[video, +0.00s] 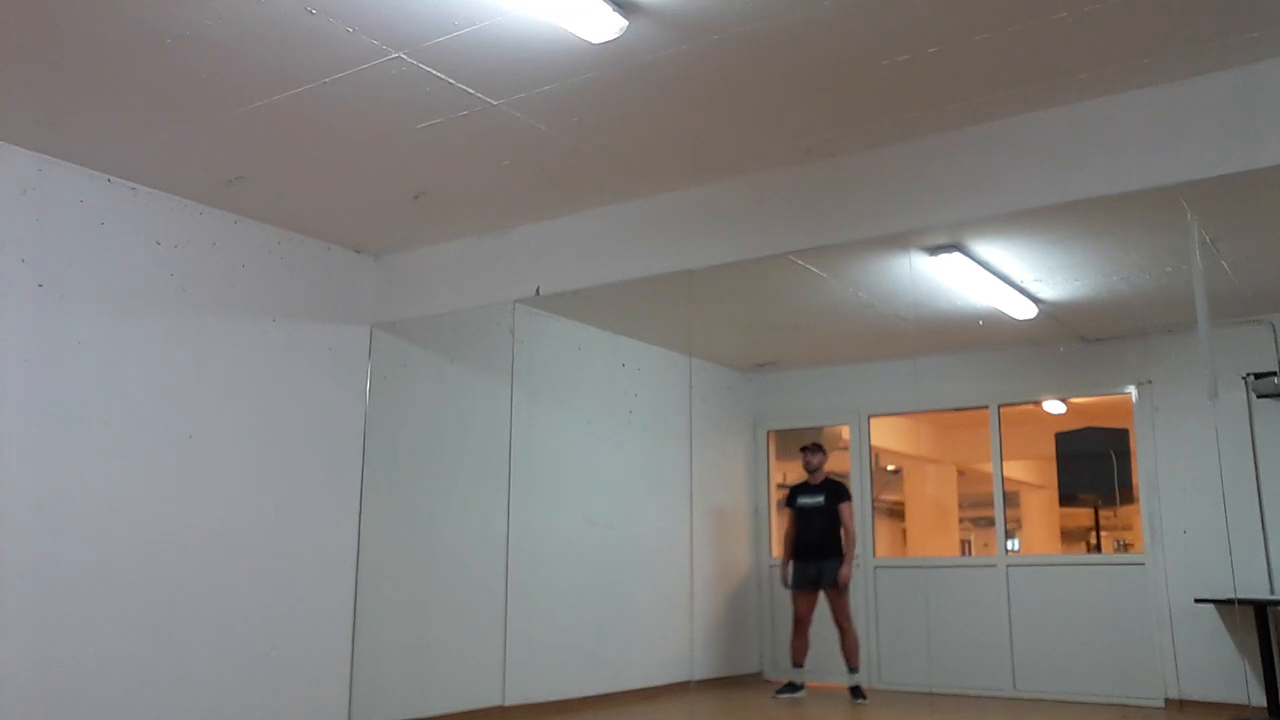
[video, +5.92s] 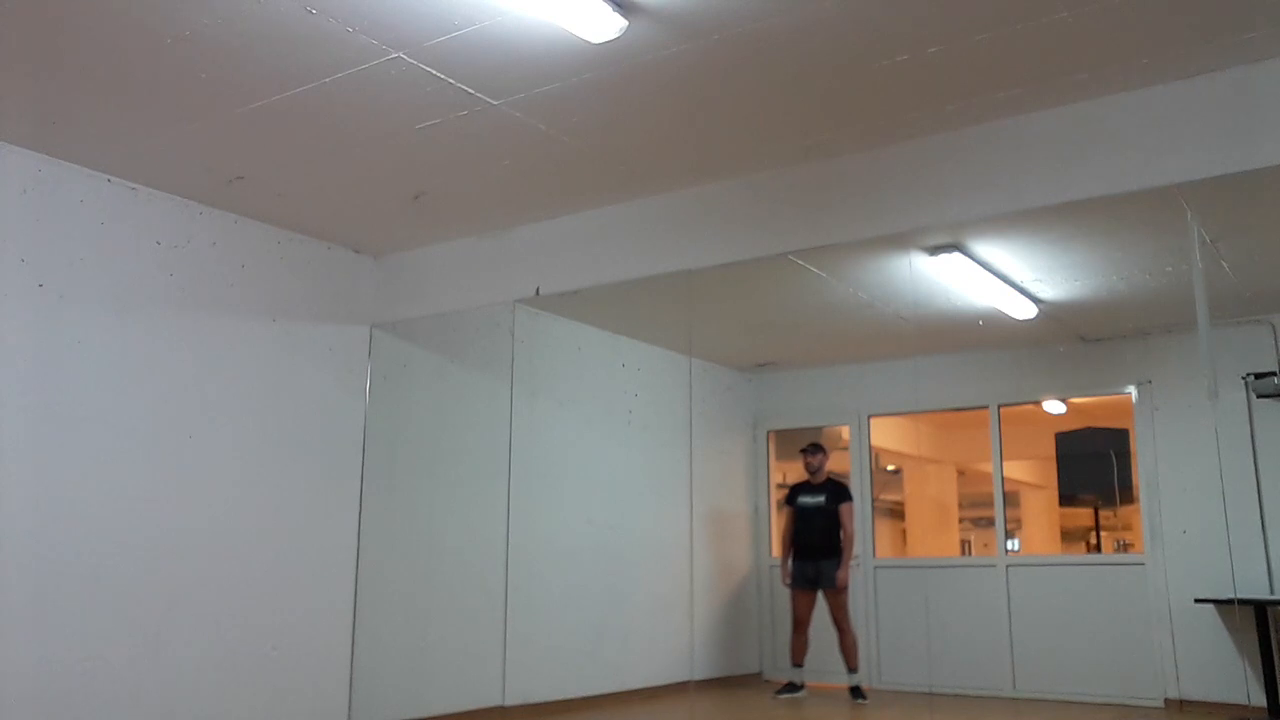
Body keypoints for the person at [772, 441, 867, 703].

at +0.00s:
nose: (809, 460)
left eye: (814, 455)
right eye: (806, 456)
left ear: (824, 459)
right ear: (802, 461)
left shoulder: (837, 489)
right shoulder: (796, 492)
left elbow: (848, 527)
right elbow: (790, 529)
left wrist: (848, 563)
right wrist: (785, 562)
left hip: (832, 563)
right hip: (803, 564)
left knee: (844, 622)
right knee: (800, 621)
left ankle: (855, 682)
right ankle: (797, 680)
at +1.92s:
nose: (810, 458)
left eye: (816, 454)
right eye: (807, 454)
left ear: (825, 458)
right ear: (802, 459)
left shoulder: (837, 490)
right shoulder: (794, 492)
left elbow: (845, 531)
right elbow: (787, 529)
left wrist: (842, 566)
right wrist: (784, 563)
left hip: (829, 563)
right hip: (800, 564)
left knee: (841, 623)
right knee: (798, 623)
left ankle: (854, 682)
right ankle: (796, 680)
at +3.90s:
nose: (812, 459)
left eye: (817, 454)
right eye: (808, 455)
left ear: (826, 459)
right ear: (803, 459)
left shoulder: (838, 489)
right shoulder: (794, 491)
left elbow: (847, 530)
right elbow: (787, 528)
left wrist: (844, 566)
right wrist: (784, 561)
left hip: (830, 563)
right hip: (801, 564)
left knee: (842, 623)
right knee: (798, 623)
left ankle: (854, 681)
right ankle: (796, 680)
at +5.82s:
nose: (810, 460)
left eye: (815, 456)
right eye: (806, 457)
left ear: (825, 458)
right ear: (803, 461)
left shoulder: (839, 490)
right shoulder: (796, 491)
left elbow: (848, 530)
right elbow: (788, 528)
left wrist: (845, 566)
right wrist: (785, 562)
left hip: (831, 564)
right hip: (802, 564)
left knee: (842, 624)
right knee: (799, 624)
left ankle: (854, 682)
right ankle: (796, 680)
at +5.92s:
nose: (810, 460)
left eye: (815, 455)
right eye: (806, 456)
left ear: (825, 458)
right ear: (803, 461)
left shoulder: (839, 490)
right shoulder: (796, 491)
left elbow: (848, 531)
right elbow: (788, 528)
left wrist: (844, 566)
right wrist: (785, 562)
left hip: (831, 564)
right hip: (802, 565)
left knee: (842, 624)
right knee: (799, 624)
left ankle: (854, 682)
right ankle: (796, 680)